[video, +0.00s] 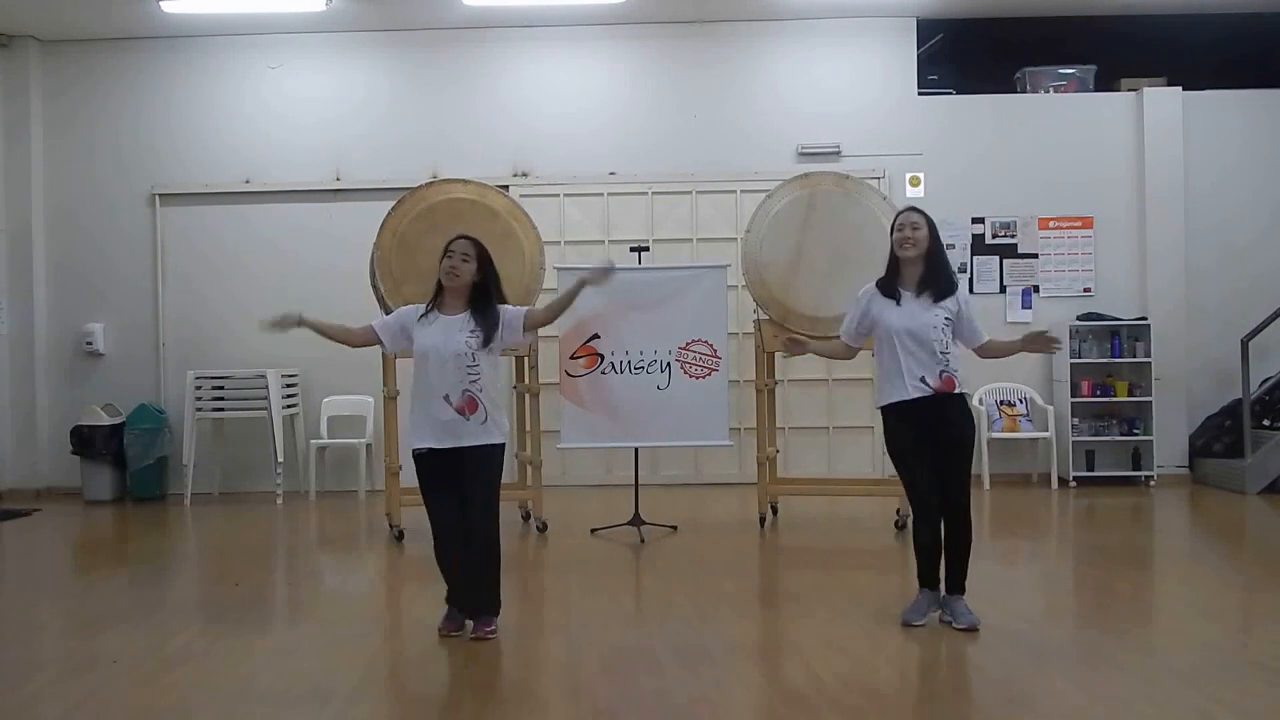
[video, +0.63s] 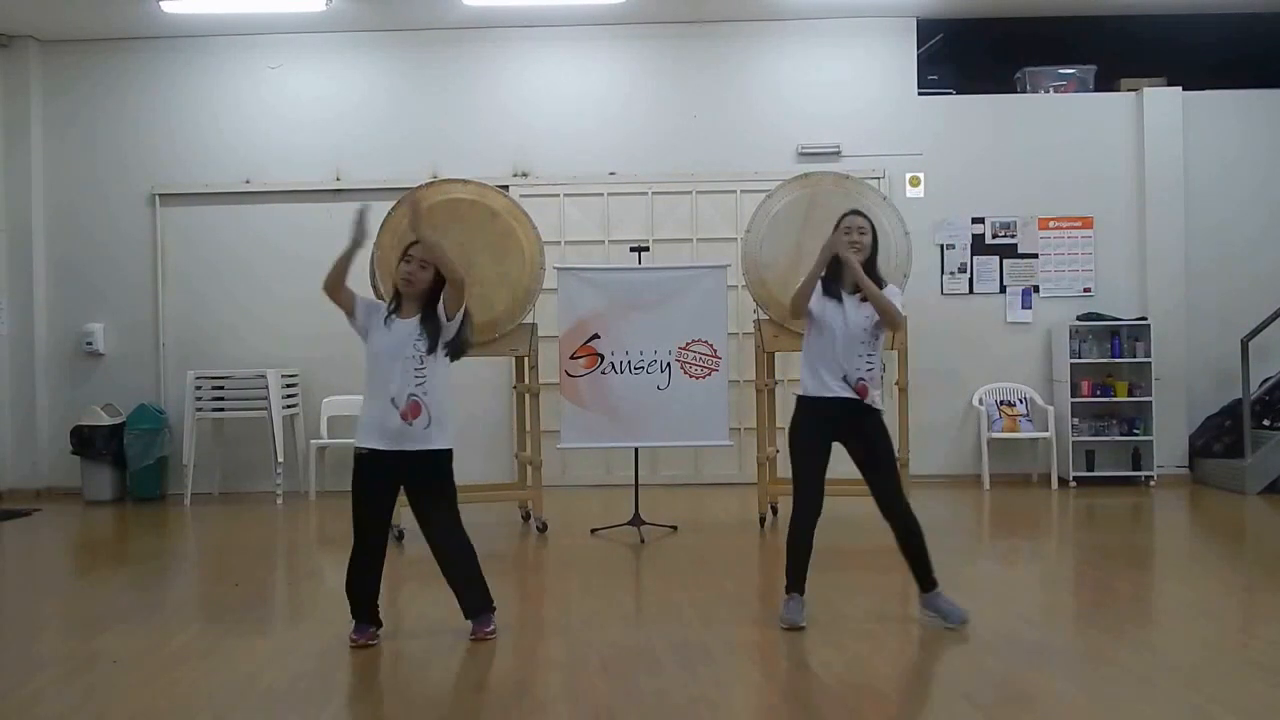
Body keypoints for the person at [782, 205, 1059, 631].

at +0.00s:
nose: (906, 233)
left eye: (915, 227)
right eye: (900, 228)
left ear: (932, 239)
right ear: (891, 240)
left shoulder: (952, 295)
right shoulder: (873, 296)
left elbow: (982, 347)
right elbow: (846, 348)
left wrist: (1023, 344)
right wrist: (808, 346)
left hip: (950, 410)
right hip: (901, 413)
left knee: (957, 505)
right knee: (924, 506)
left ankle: (954, 598)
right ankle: (927, 594)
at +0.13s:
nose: (904, 238)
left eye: (913, 231)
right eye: (897, 232)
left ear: (930, 239)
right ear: (890, 241)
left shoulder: (952, 290)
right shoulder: (877, 294)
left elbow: (997, 325)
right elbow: (834, 334)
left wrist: (1014, 286)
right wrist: (801, 298)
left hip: (948, 410)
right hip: (897, 412)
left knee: (952, 506)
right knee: (893, 510)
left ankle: (954, 599)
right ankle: (909, 582)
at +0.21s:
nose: (901, 232)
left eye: (909, 225)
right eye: (893, 227)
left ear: (924, 233)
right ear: (885, 238)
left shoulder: (946, 280)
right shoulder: (872, 288)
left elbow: (982, 287)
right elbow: (826, 306)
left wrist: (977, 234)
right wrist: (810, 255)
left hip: (942, 405)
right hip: (890, 405)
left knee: (947, 503)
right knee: (867, 497)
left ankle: (953, 598)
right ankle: (870, 583)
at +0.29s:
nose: (896, 231)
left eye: (904, 224)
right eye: (888, 226)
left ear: (920, 233)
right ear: (879, 237)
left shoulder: (937, 279)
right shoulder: (869, 285)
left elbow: (962, 269)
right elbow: (824, 292)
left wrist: (947, 216)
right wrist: (816, 236)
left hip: (934, 406)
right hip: (883, 405)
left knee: (944, 504)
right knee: (852, 498)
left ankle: (953, 598)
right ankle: (838, 586)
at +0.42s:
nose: (879, 237)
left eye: (888, 231)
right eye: (873, 231)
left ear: (904, 239)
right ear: (865, 241)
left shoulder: (916, 288)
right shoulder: (855, 286)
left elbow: (908, 258)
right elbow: (825, 275)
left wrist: (888, 206)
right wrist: (830, 220)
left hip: (914, 408)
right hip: (863, 407)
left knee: (931, 504)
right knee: (833, 502)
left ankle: (953, 599)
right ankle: (796, 593)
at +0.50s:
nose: (872, 237)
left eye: (881, 230)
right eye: (865, 231)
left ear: (895, 241)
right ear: (857, 242)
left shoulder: (908, 284)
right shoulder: (843, 289)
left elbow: (897, 286)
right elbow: (822, 278)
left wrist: (871, 247)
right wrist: (838, 225)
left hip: (896, 411)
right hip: (845, 409)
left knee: (922, 506)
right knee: (823, 505)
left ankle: (951, 598)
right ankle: (794, 595)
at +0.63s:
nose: (855, 238)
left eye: (862, 232)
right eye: (848, 232)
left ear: (874, 243)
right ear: (835, 243)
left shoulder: (883, 293)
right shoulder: (818, 290)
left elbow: (896, 323)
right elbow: (796, 309)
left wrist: (859, 274)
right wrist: (823, 256)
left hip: (862, 412)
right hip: (814, 410)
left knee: (895, 506)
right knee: (806, 507)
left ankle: (930, 594)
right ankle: (794, 597)